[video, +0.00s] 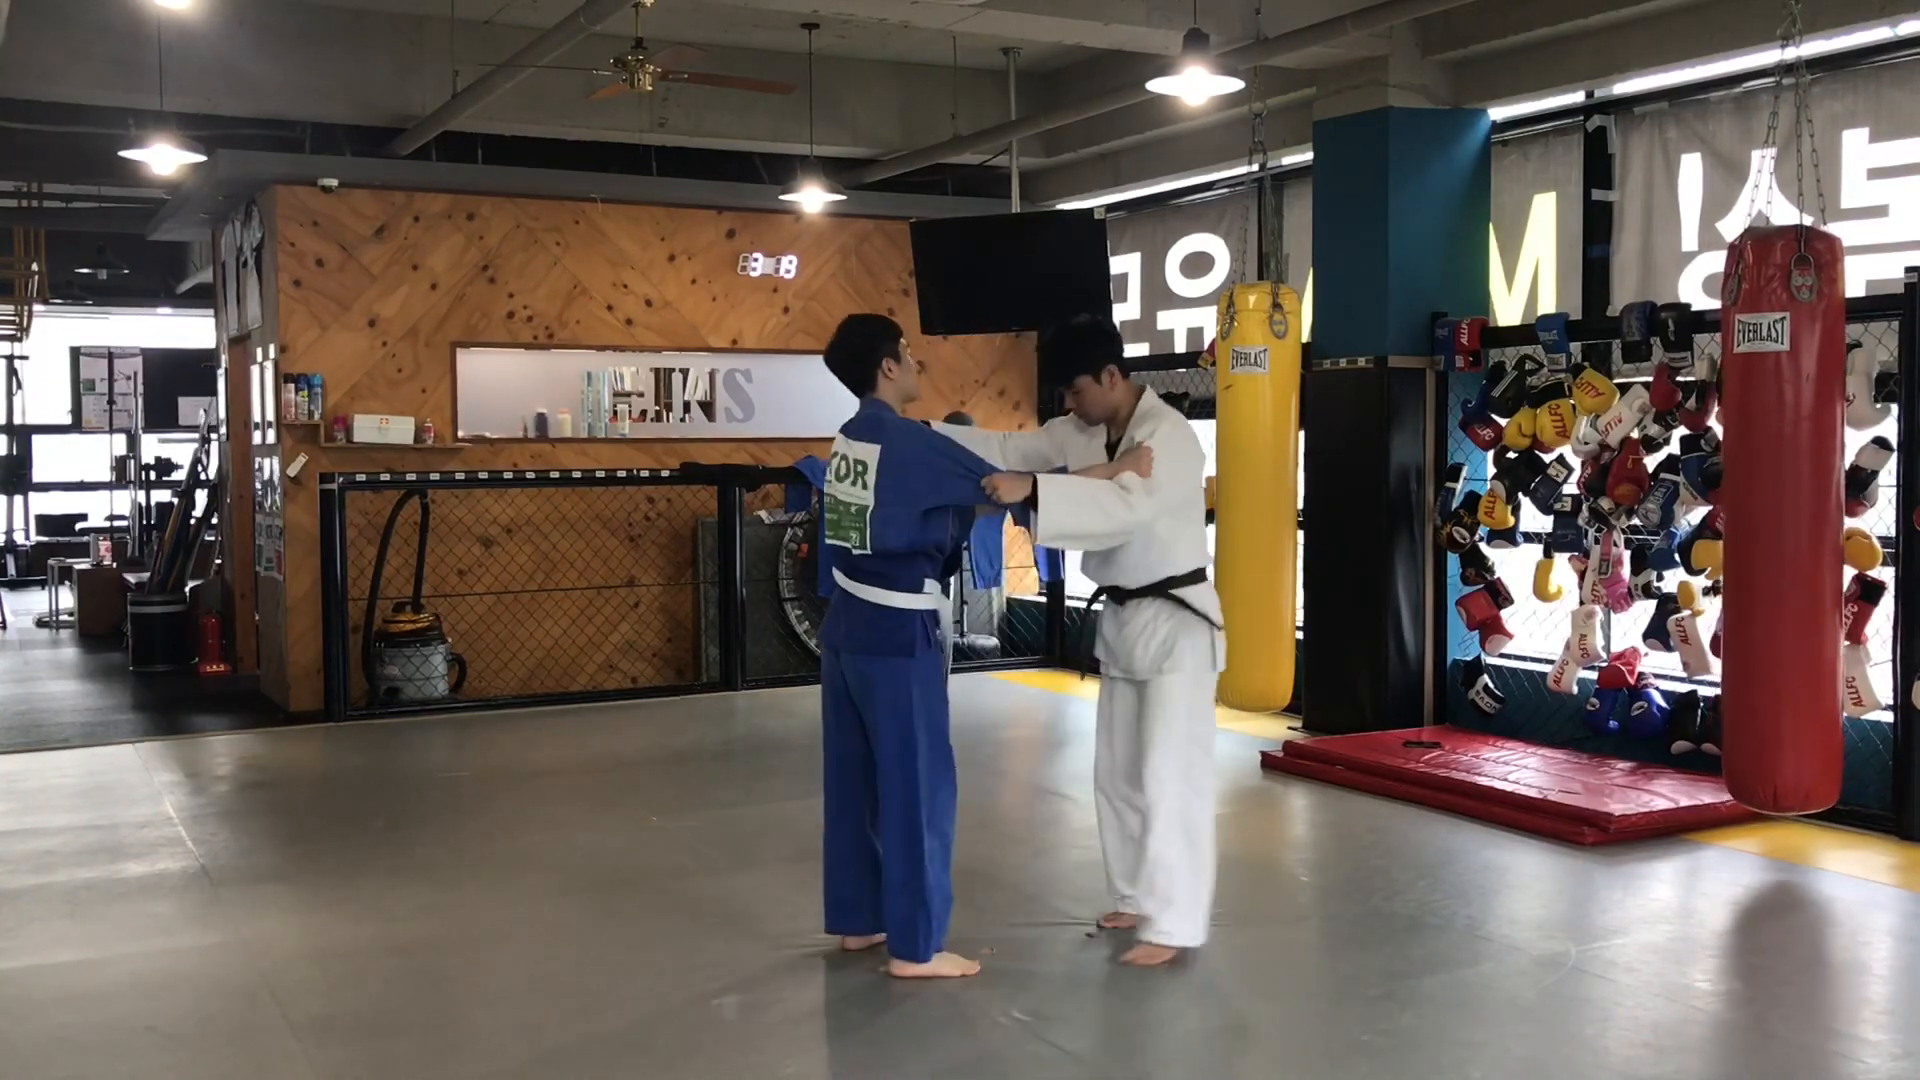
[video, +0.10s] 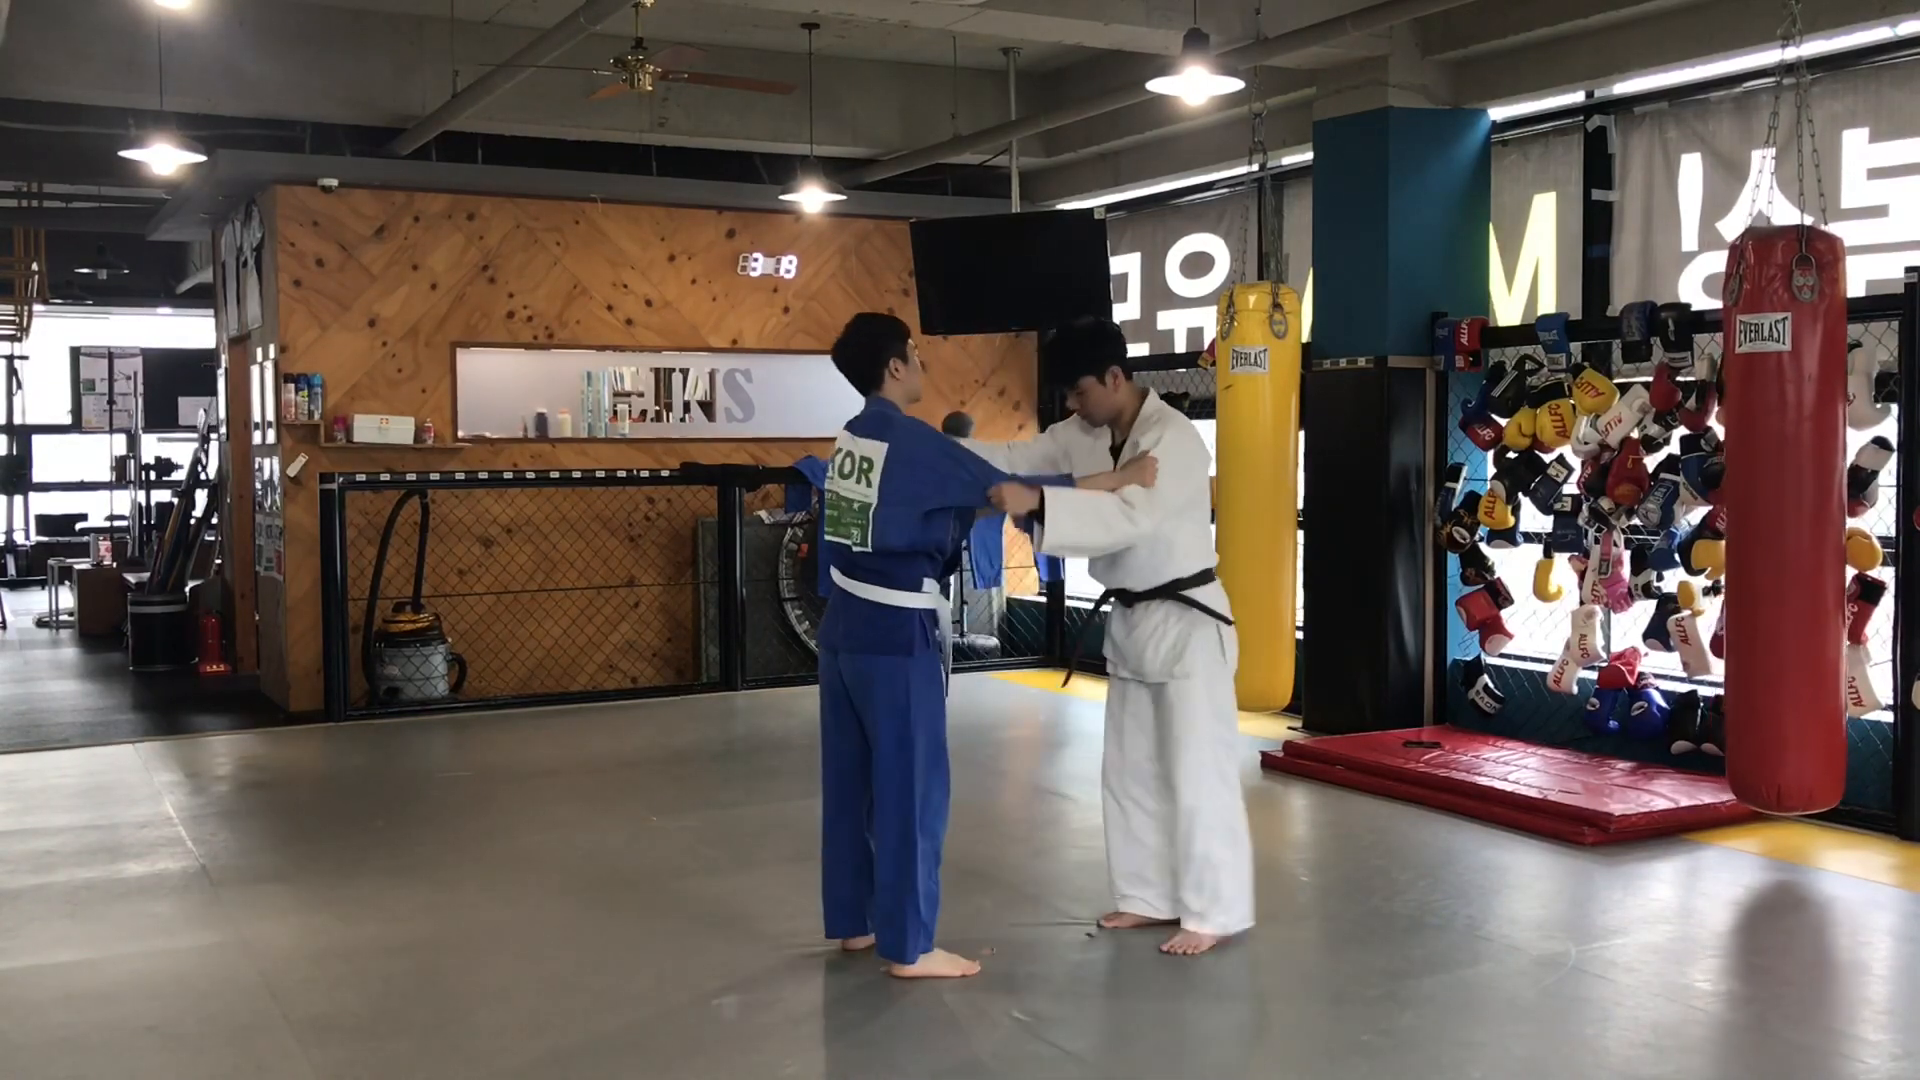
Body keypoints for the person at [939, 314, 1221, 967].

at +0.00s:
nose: (1069, 406)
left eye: (1075, 391)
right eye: (1064, 395)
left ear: (1112, 377)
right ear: (1086, 386)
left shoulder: (1167, 435)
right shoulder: (1081, 432)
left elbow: (1131, 502)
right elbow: (1009, 449)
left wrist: (1037, 491)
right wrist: (928, 433)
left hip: (1176, 619)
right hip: (1122, 618)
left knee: (1170, 777)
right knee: (1120, 773)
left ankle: (1176, 926)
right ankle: (1141, 900)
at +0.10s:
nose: (1070, 405)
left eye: (1076, 392)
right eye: (1067, 394)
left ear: (1114, 378)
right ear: (1103, 383)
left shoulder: (1173, 438)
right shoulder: (1081, 435)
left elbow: (1135, 518)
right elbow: (1011, 459)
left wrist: (1038, 503)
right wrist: (935, 454)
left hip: (1188, 617)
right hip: (1131, 619)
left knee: (1198, 772)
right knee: (1134, 770)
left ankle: (1215, 913)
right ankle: (1150, 898)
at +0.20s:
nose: (1073, 411)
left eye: (1079, 398)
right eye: (1069, 400)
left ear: (1117, 382)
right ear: (1103, 388)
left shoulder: (1174, 439)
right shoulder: (1081, 441)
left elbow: (1133, 523)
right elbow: (1011, 470)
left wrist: (1039, 526)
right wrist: (934, 468)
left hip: (1193, 616)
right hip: (1136, 618)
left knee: (1208, 770)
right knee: (1143, 768)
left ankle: (1215, 911)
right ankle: (1152, 897)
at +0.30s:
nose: (1074, 413)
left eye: (1081, 400)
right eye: (1070, 402)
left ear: (1119, 383)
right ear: (1105, 389)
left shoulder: (1178, 441)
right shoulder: (1083, 440)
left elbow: (1139, 521)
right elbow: (1010, 466)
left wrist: (1045, 522)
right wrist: (933, 466)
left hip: (1197, 617)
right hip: (1138, 619)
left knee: (1208, 773)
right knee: (1143, 769)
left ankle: (1217, 912)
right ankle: (1152, 899)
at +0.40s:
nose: (1076, 412)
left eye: (1082, 399)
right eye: (1071, 401)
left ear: (1121, 382)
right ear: (1106, 388)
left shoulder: (1179, 440)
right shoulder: (1083, 440)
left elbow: (1141, 520)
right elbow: (1012, 466)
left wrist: (1046, 521)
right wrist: (938, 465)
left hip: (1199, 615)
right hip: (1139, 617)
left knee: (1208, 773)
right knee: (1143, 769)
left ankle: (1214, 914)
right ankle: (1151, 898)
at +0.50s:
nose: (1076, 411)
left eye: (1082, 398)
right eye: (1072, 401)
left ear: (1121, 381)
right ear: (1109, 387)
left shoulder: (1180, 439)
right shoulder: (1085, 441)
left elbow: (1143, 522)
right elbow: (1013, 468)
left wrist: (1046, 521)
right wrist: (939, 464)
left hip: (1202, 616)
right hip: (1143, 617)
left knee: (1210, 774)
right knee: (1144, 769)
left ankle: (1215, 915)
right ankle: (1150, 897)